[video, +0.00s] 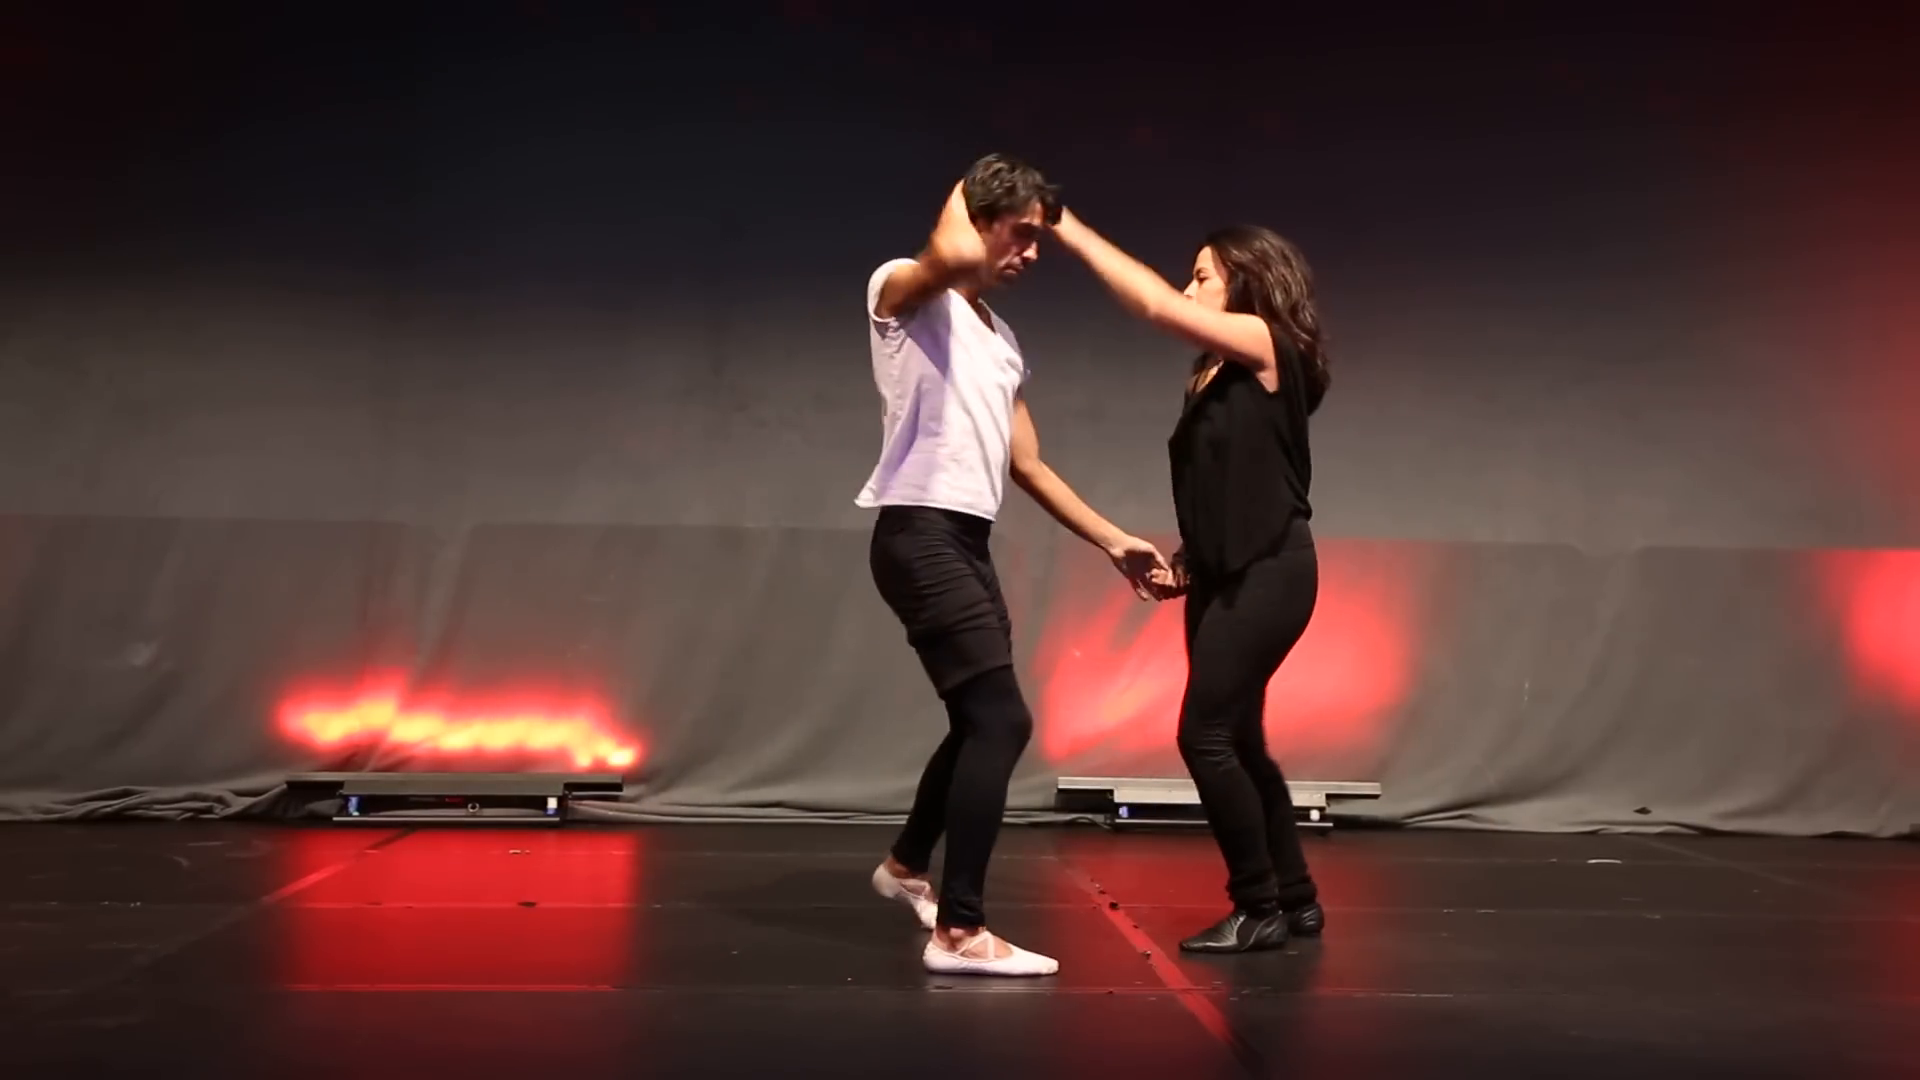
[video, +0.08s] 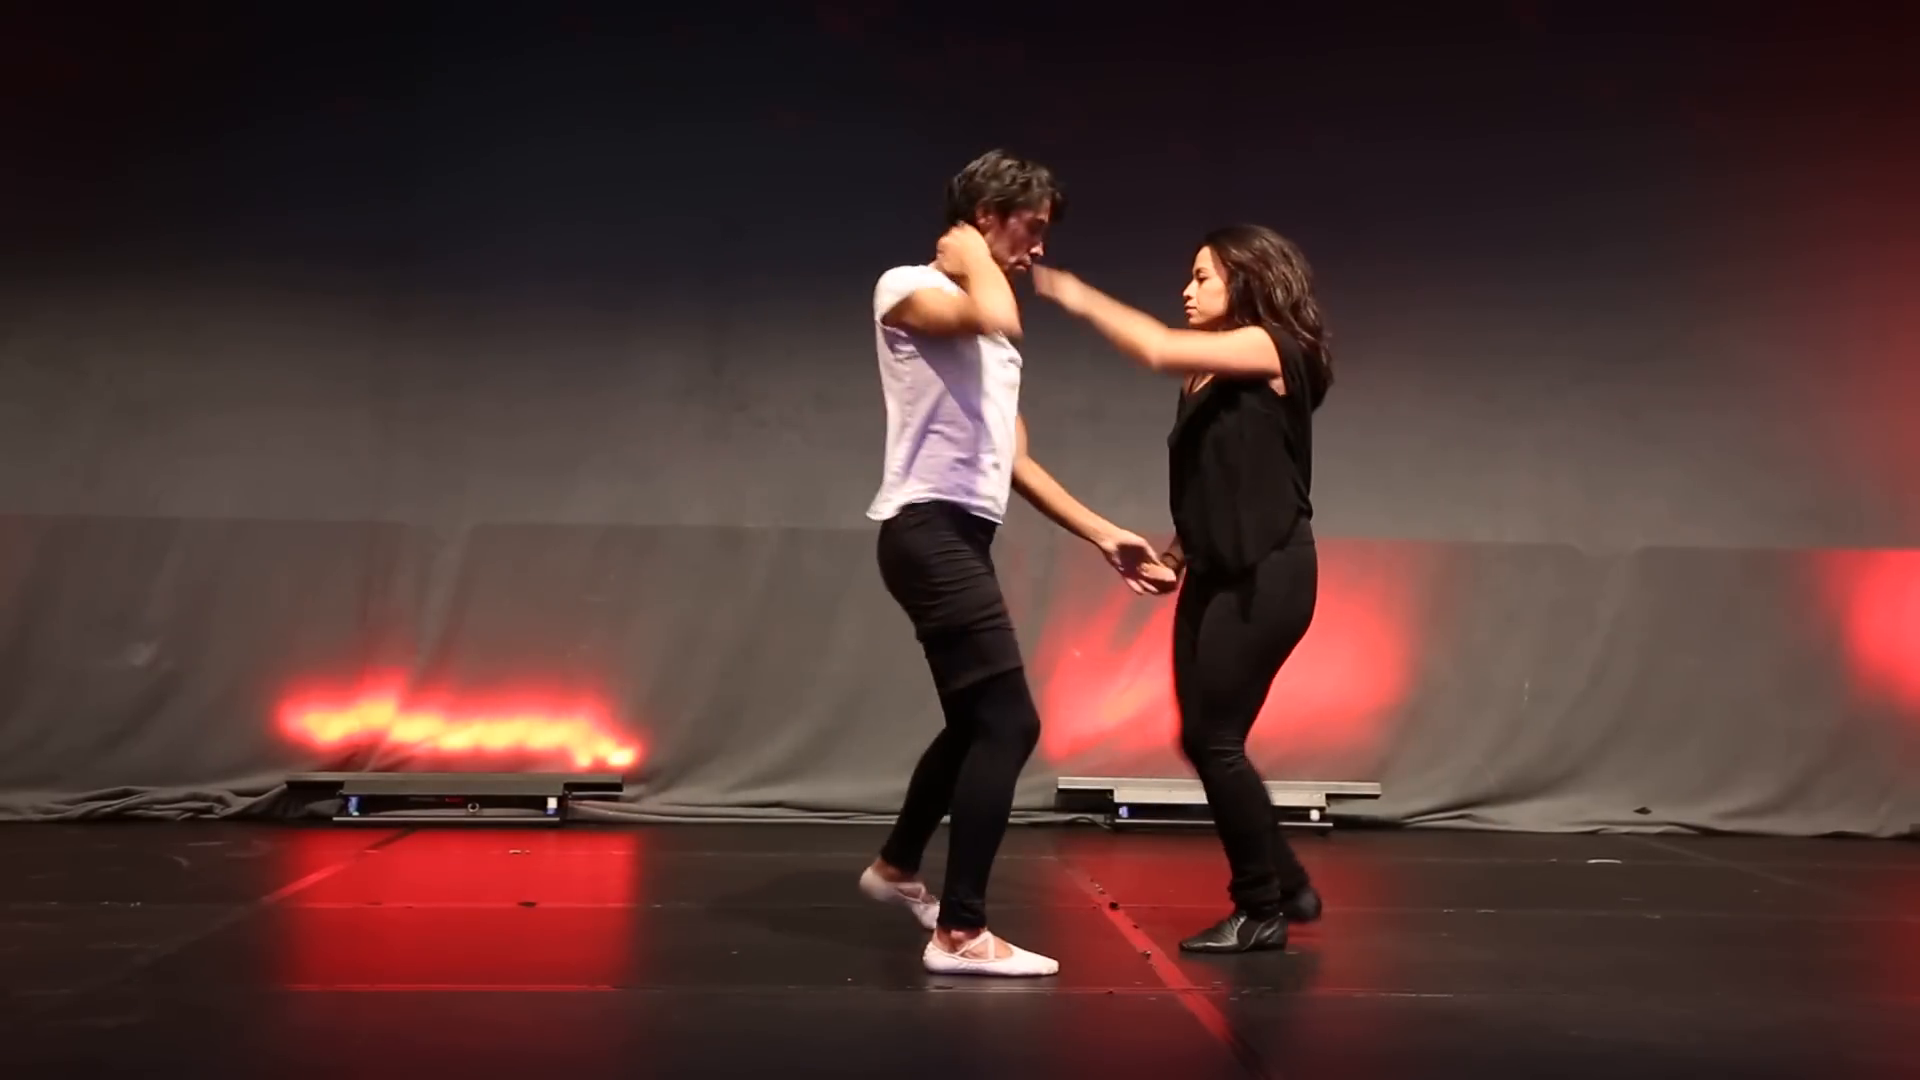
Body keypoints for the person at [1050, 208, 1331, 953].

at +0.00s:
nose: (1189, 290)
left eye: (1202, 278)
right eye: (1191, 277)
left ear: (1248, 283)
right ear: (1231, 288)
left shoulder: (1269, 341)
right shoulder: (1213, 368)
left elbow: (1159, 305)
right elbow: (1230, 493)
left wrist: (1072, 230)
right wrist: (1183, 558)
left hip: (1269, 575)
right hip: (1220, 577)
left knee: (1206, 734)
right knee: (1241, 744)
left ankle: (1260, 910)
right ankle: (1292, 901)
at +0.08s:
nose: (1189, 289)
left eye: (1203, 277)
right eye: (1192, 277)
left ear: (1249, 285)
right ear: (1233, 287)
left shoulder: (1281, 348)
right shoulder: (1210, 365)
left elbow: (1163, 348)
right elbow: (1226, 484)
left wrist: (1079, 296)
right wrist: (1179, 551)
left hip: (1268, 572)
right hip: (1215, 573)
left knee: (1216, 739)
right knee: (1203, 738)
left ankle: (1260, 913)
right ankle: (1285, 884)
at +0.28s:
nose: (1179, 294)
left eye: (1195, 281)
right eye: (1182, 280)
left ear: (1240, 290)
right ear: (1211, 292)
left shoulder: (1264, 366)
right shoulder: (1198, 380)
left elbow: (1196, 442)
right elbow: (1179, 495)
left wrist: (1082, 414)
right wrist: (1097, 523)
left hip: (1267, 584)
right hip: (1212, 585)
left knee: (1232, 742)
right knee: (1122, 717)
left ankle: (1261, 917)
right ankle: (1213, 863)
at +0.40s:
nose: (1165, 289)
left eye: (1181, 276)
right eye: (1169, 276)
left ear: (1226, 287)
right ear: (1205, 289)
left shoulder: (1243, 362)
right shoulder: (1189, 375)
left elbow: (1182, 445)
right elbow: (1150, 465)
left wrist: (1075, 434)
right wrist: (1072, 458)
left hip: (1258, 579)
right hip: (1208, 582)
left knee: (1237, 743)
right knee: (1116, 708)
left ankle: (1261, 917)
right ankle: (1199, 855)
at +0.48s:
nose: (1155, 281)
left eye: (1170, 269)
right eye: (1159, 269)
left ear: (1214, 279)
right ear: (1190, 282)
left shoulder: (1225, 354)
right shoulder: (1177, 369)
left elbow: (1170, 442)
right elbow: (1104, 436)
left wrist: (1076, 438)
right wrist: (1053, 444)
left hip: (1244, 570)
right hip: (1201, 575)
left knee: (1231, 737)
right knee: (1128, 715)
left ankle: (1260, 913)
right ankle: (1211, 867)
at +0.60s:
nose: (1136, 276)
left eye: (1150, 264)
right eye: (1140, 264)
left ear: (1192, 274)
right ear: (1181, 276)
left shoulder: (1193, 346)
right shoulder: (1177, 351)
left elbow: (1157, 443)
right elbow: (1088, 410)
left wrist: (1075, 463)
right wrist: (1049, 449)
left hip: (1215, 558)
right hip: (1204, 558)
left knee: (1160, 724)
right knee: (1159, 724)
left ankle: (1236, 881)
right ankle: (1231, 880)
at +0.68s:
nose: (1120, 279)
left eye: (1135, 267)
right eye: (1125, 267)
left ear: (1176, 276)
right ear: (1174, 279)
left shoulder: (1163, 349)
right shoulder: (1187, 350)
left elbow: (1148, 448)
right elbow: (1110, 424)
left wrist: (1061, 474)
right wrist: (1068, 432)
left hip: (1191, 562)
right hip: (1224, 559)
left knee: (1097, 714)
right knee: (1185, 724)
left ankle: (1172, 870)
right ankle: (1247, 888)